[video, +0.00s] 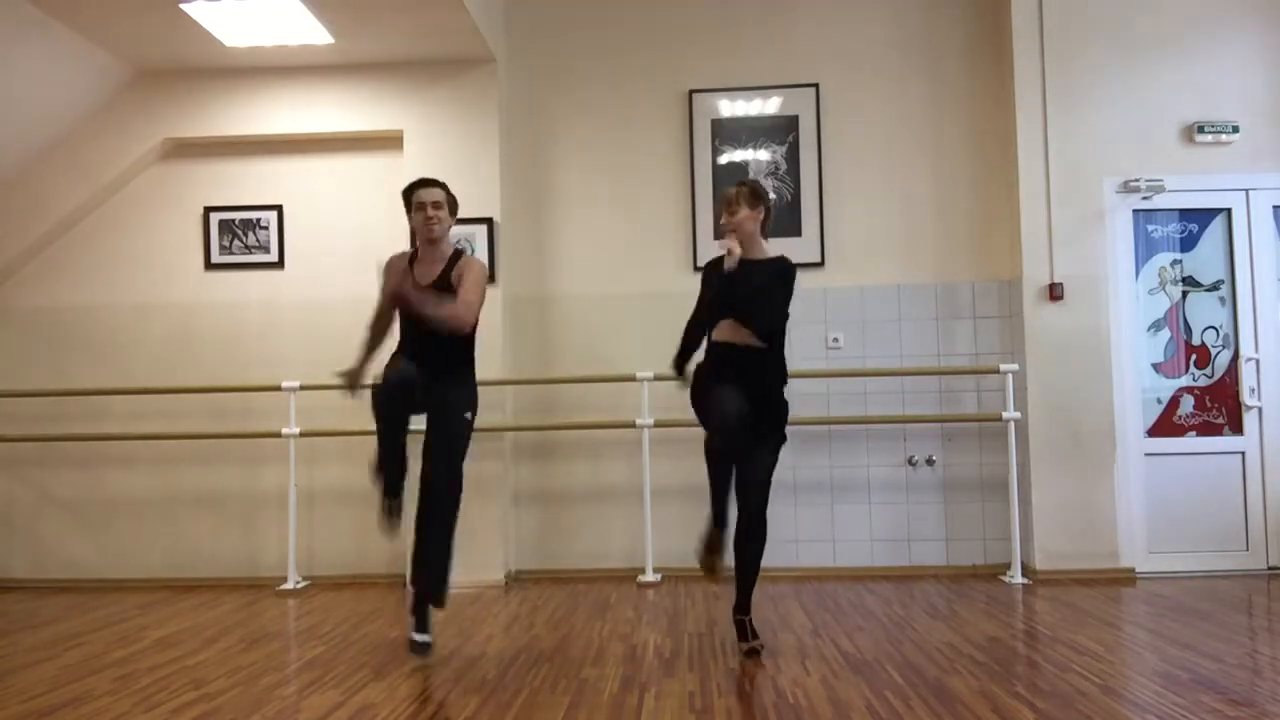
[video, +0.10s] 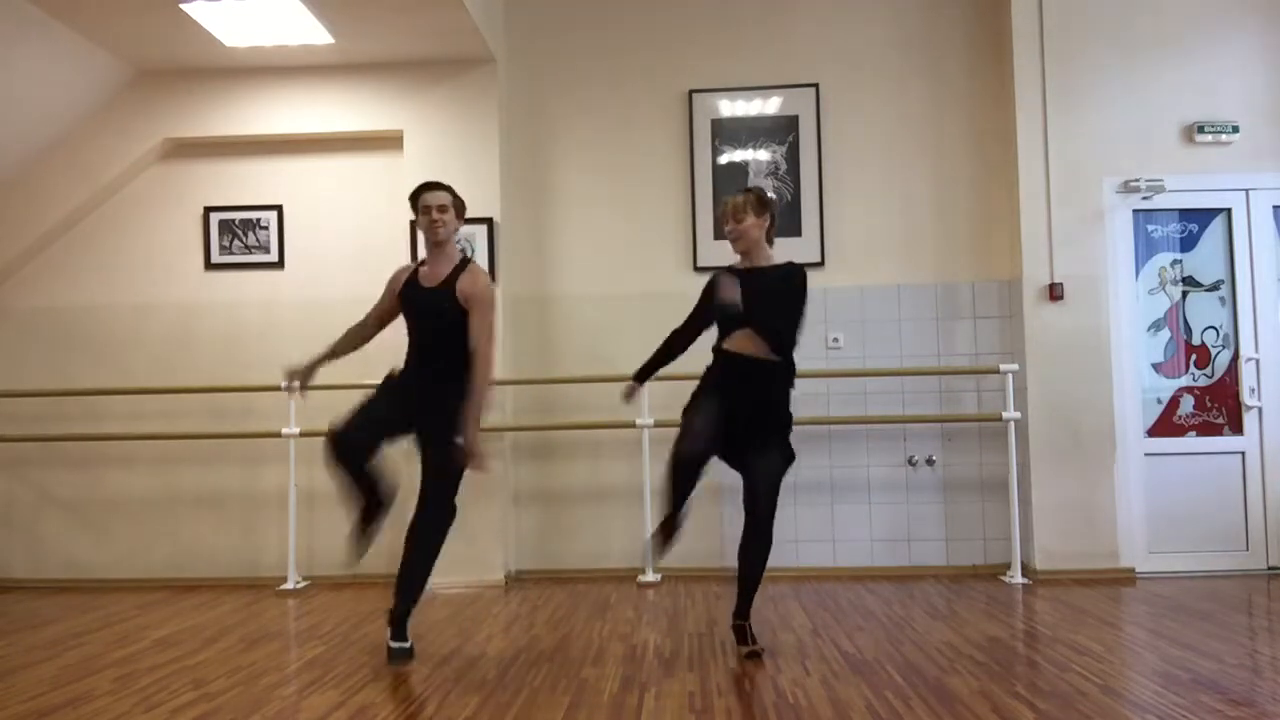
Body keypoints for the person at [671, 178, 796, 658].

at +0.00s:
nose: (730, 217)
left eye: (739, 208)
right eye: (726, 210)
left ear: (761, 214)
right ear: (722, 218)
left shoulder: (780, 268)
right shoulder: (716, 270)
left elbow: (769, 326)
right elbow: (701, 321)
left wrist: (734, 269)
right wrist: (680, 360)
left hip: (765, 385)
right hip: (718, 377)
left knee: (753, 506)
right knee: (727, 422)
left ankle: (743, 611)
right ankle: (717, 525)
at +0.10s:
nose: (732, 227)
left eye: (741, 218)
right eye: (729, 220)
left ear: (766, 222)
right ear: (727, 227)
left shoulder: (791, 275)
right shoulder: (724, 281)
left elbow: (783, 339)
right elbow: (686, 332)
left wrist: (741, 304)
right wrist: (642, 374)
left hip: (767, 398)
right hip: (718, 390)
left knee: (761, 514)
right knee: (688, 450)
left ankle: (742, 616)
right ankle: (672, 518)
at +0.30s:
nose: (734, 222)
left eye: (743, 214)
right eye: (730, 215)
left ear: (767, 220)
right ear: (727, 225)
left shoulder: (796, 276)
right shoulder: (720, 280)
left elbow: (833, 329)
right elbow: (691, 327)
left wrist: (813, 370)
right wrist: (663, 350)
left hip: (779, 396)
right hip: (728, 392)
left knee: (756, 512)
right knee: (691, 489)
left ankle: (737, 616)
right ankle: (680, 580)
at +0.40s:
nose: (749, 220)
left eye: (758, 214)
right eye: (741, 214)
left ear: (773, 223)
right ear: (732, 224)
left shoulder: (799, 273)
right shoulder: (720, 278)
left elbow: (831, 308)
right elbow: (693, 331)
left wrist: (831, 346)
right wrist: (698, 335)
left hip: (776, 397)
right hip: (726, 394)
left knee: (758, 507)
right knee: (728, 502)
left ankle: (742, 615)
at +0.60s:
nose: (756, 230)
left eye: (763, 224)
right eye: (748, 223)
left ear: (774, 234)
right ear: (736, 234)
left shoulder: (794, 289)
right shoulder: (722, 290)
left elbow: (808, 348)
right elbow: (700, 354)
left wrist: (792, 349)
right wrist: (726, 342)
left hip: (791, 405)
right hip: (742, 409)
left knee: (802, 492)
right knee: (760, 503)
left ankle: (791, 567)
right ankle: (771, 595)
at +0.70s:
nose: (760, 218)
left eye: (767, 211)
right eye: (751, 211)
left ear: (777, 222)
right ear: (737, 223)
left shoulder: (795, 274)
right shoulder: (721, 280)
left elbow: (809, 339)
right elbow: (710, 338)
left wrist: (782, 313)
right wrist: (723, 378)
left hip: (799, 388)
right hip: (753, 393)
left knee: (800, 493)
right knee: (776, 475)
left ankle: (794, 592)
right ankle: (769, 569)